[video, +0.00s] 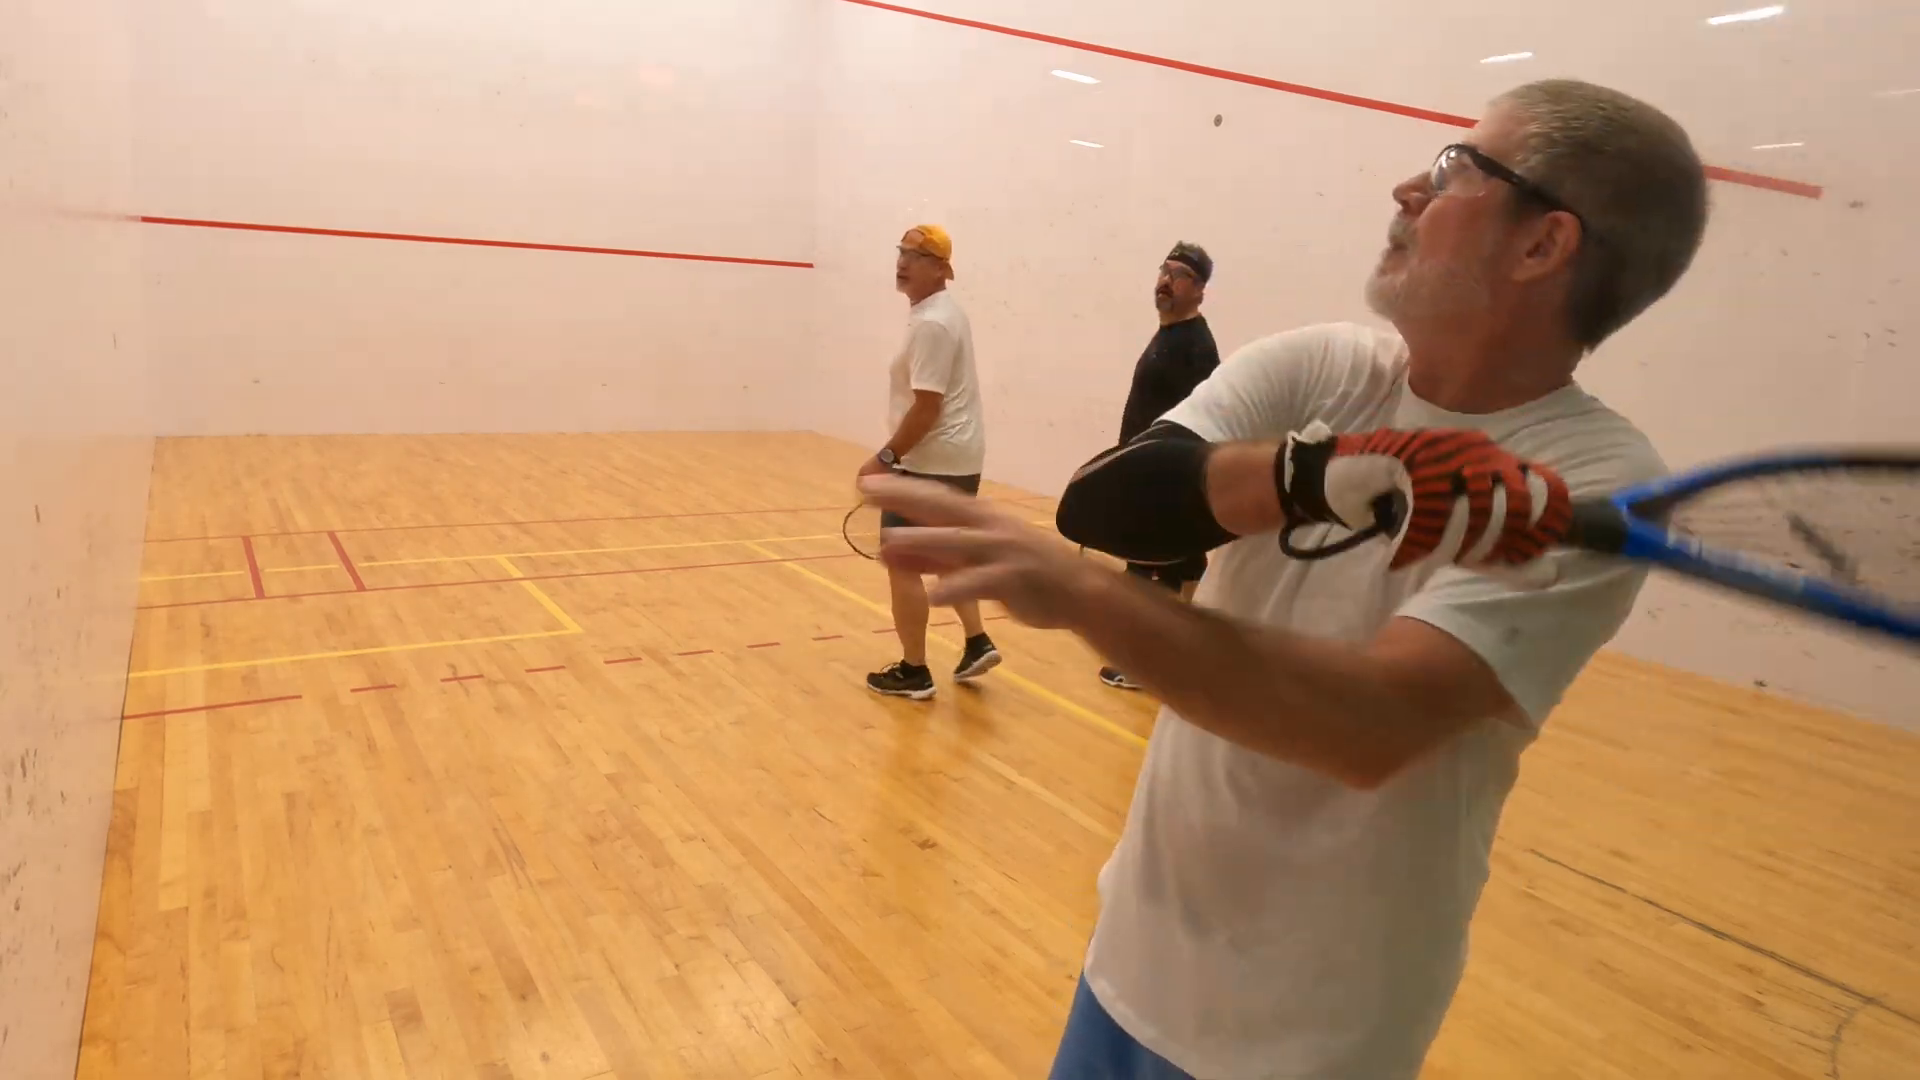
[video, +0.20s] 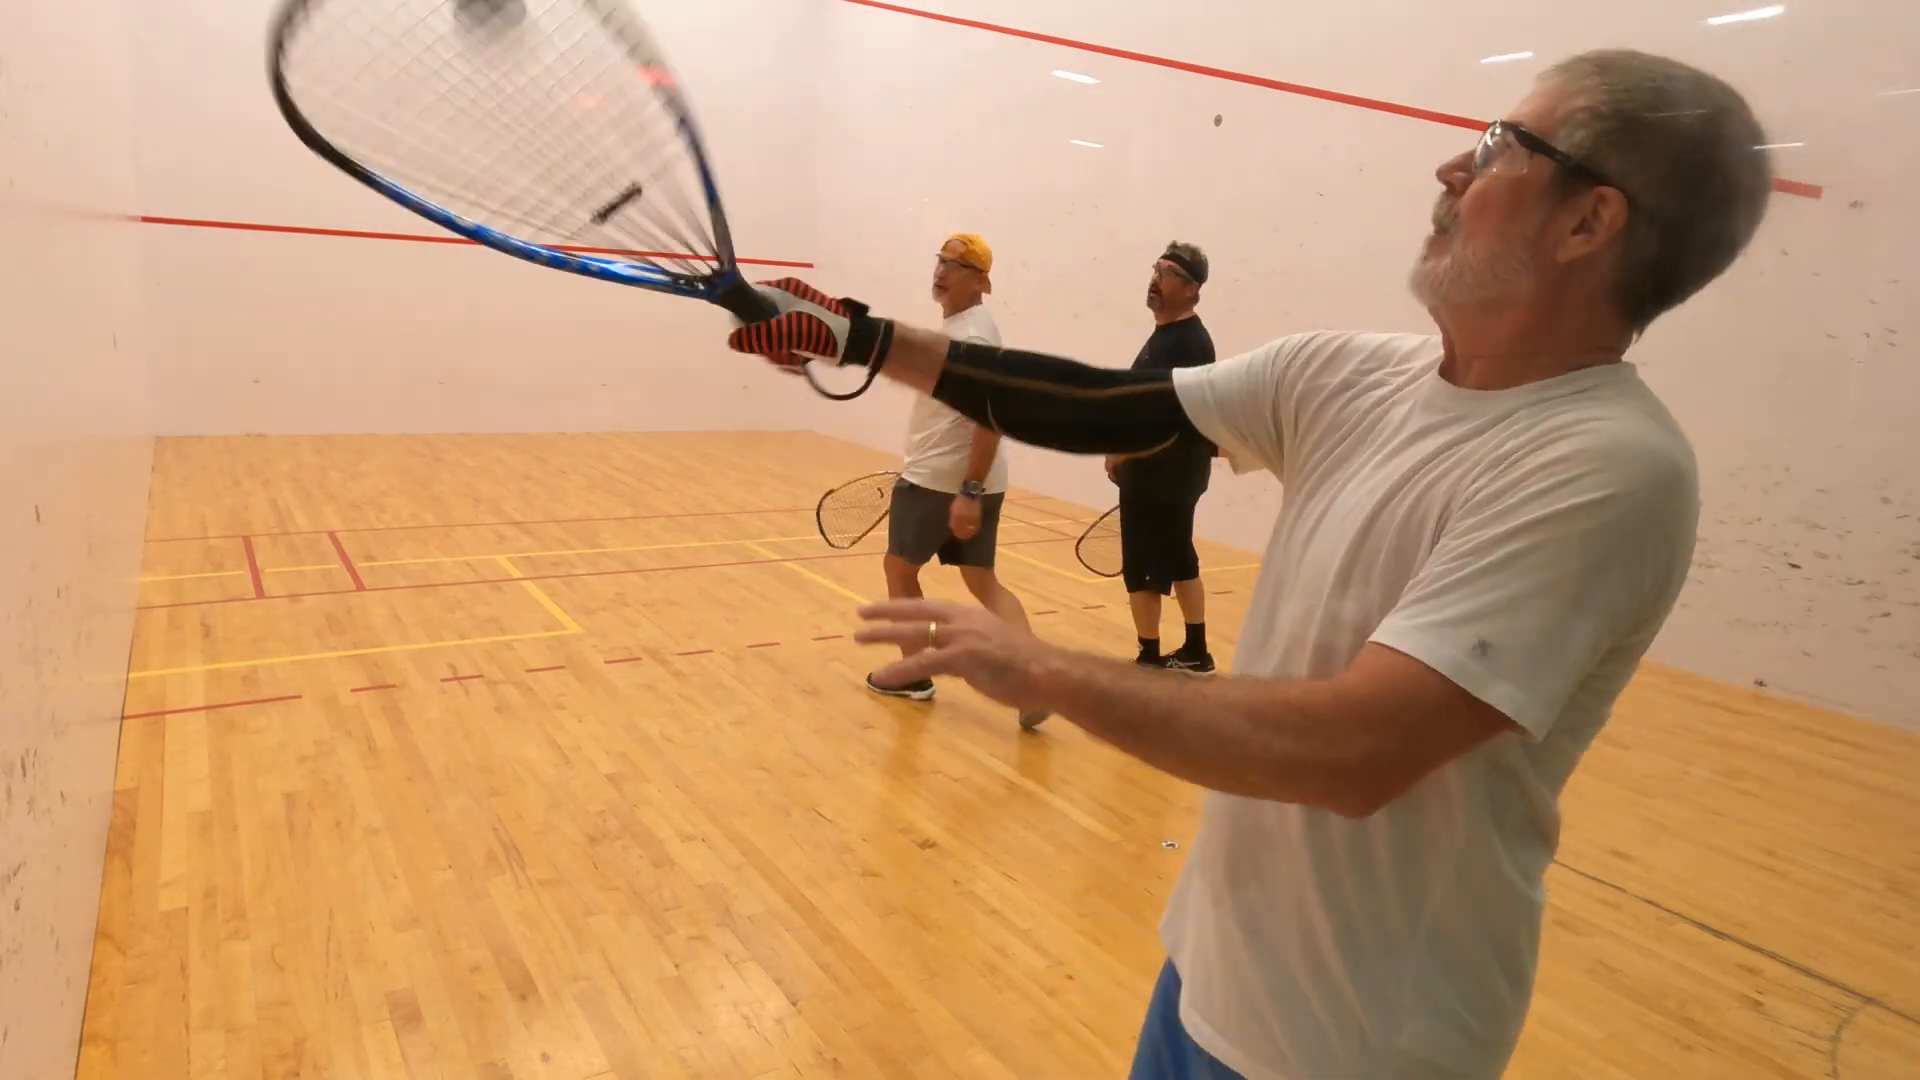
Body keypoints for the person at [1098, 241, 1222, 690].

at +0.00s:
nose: (1165, 282)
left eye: (1178, 276)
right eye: (1164, 272)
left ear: (1199, 290)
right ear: (1158, 279)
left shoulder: (1194, 344)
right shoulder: (1170, 331)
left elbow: (1197, 413)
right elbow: (1155, 402)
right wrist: (1128, 455)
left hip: (1170, 475)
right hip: (1150, 467)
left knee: (1149, 567)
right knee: (1178, 568)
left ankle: (1144, 659)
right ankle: (1144, 653)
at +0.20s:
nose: (1154, 282)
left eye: (1167, 278)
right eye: (1154, 273)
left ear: (1191, 292)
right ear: (1154, 278)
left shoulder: (1182, 343)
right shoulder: (1174, 333)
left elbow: (1164, 417)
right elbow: (1147, 400)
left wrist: (1123, 453)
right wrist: (1121, 447)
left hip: (1154, 472)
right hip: (1179, 469)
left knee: (1141, 563)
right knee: (1181, 557)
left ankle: (1149, 656)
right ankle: (1196, 650)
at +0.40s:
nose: (1137, 275)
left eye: (1147, 271)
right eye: (1142, 268)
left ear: (1171, 286)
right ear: (1172, 288)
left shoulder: (1172, 341)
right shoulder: (1187, 334)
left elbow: (1175, 413)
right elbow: (1175, 412)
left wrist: (1119, 444)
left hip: (1155, 473)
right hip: (1178, 469)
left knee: (1142, 567)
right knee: (1172, 556)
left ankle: (1149, 663)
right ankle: (1192, 640)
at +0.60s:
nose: (1137, 277)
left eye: (1144, 273)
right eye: (1141, 271)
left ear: (1161, 286)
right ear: (1175, 289)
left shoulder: (1165, 341)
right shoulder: (1195, 335)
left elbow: (1162, 411)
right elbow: (1188, 409)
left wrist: (1118, 448)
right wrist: (1122, 438)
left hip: (1156, 473)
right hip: (1188, 471)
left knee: (1146, 564)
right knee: (1184, 552)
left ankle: (1148, 664)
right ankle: (1199, 631)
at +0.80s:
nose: (1147, 284)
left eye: (1154, 280)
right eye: (1152, 278)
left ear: (1170, 291)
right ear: (1186, 295)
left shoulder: (1171, 347)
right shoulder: (1208, 343)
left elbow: (1166, 416)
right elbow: (1206, 415)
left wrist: (1122, 442)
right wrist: (1150, 442)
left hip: (1164, 475)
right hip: (1199, 474)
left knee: (1145, 565)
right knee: (1195, 552)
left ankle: (1147, 662)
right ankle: (1214, 630)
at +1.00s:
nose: (1160, 291)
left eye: (1167, 285)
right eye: (1163, 284)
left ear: (1187, 294)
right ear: (1197, 295)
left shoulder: (1190, 348)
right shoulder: (1220, 342)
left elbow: (1189, 421)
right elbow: (1214, 417)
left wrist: (1172, 487)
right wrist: (1189, 473)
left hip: (1188, 478)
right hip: (1214, 476)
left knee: (1159, 565)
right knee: (1204, 556)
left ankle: (1150, 657)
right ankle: (1216, 635)